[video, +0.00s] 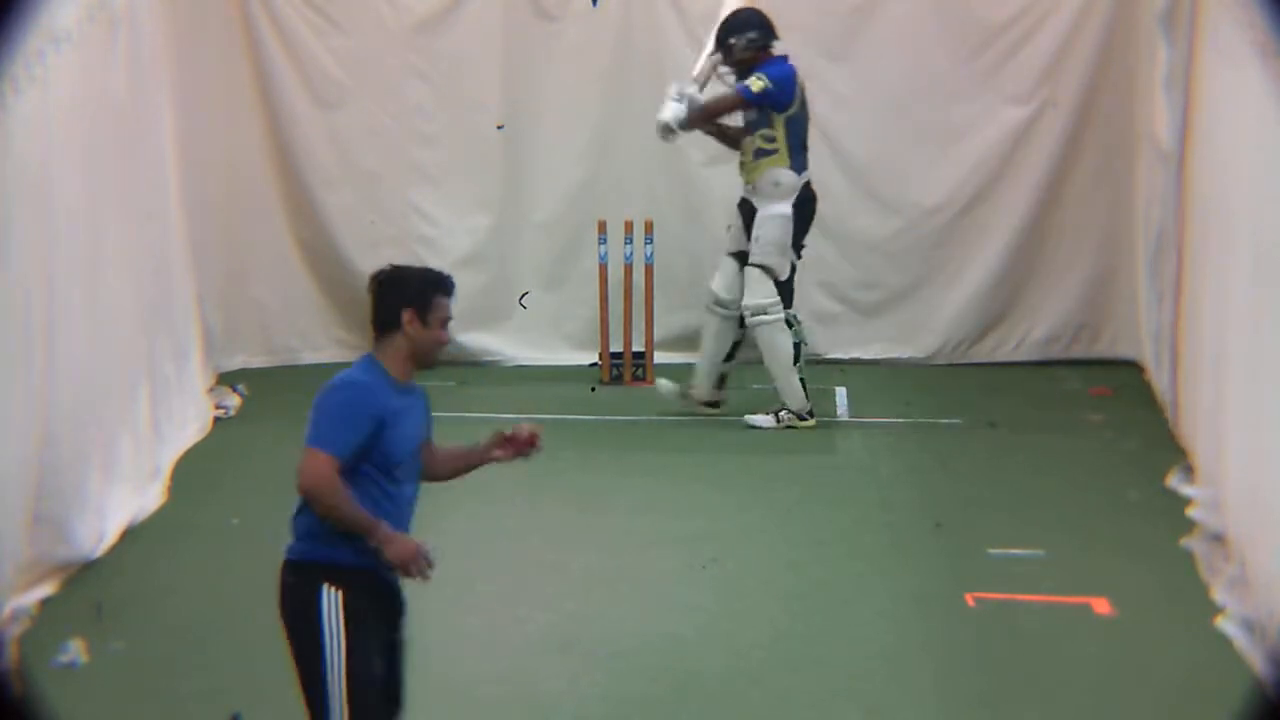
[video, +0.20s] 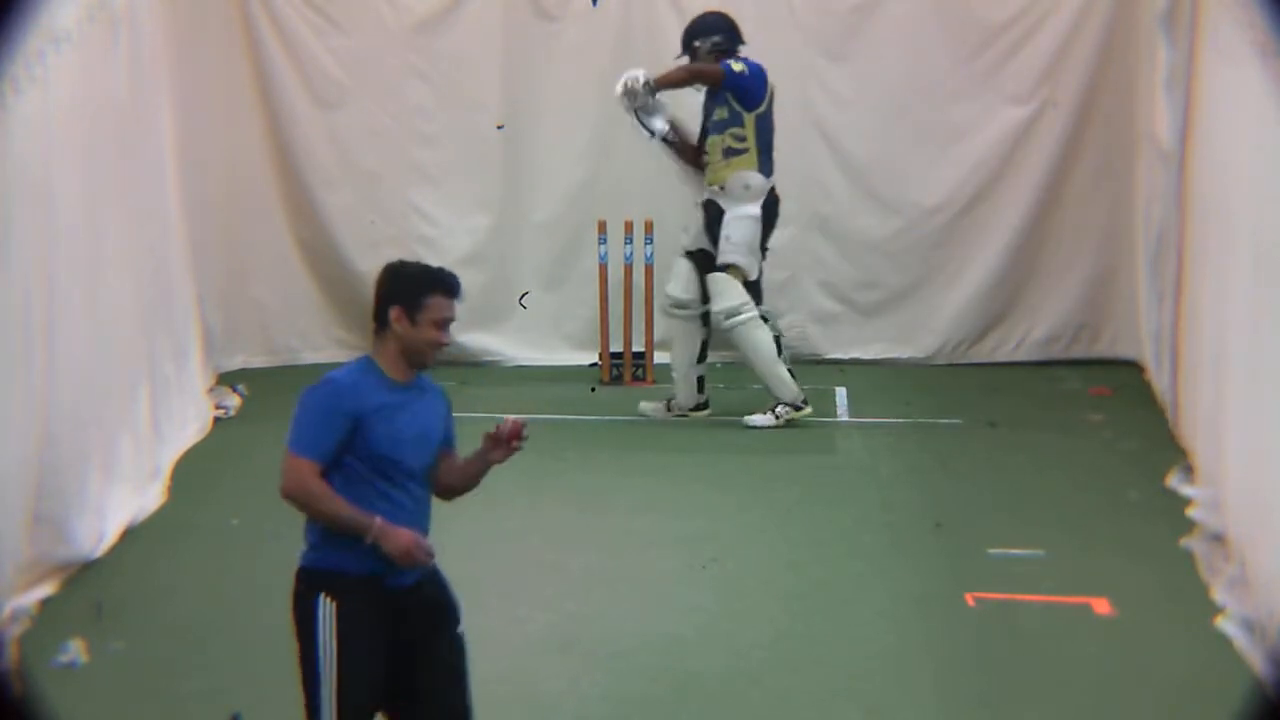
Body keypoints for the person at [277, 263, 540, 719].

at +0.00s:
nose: (448, 335)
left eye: (448, 324)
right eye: (443, 323)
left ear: (412, 323)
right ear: (409, 322)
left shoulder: (411, 396)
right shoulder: (353, 391)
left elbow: (422, 463)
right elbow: (314, 478)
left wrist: (487, 453)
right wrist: (385, 537)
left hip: (373, 581)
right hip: (329, 583)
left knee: (382, 707)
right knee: (345, 712)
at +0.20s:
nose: (448, 339)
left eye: (449, 326)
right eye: (440, 326)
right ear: (398, 319)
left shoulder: (432, 397)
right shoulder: (336, 394)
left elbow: (445, 482)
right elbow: (296, 482)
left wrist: (485, 457)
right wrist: (379, 531)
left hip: (415, 586)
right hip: (343, 590)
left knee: (443, 710)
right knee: (342, 712)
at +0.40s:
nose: (466, 360)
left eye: (469, 347)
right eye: (455, 347)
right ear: (411, 339)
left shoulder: (467, 417)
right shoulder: (352, 417)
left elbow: (483, 503)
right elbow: (317, 513)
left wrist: (508, 488)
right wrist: (401, 554)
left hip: (443, 612)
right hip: (360, 614)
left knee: (463, 712)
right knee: (348, 713)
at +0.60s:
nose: (504, 383)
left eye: (510, 371)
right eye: (494, 368)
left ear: (516, 369)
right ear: (452, 359)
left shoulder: (514, 439)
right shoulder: (394, 434)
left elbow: (529, 534)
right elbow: (351, 526)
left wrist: (548, 524)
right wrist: (417, 599)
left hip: (483, 629)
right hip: (398, 631)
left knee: (491, 711)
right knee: (392, 712)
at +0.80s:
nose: (528, 370)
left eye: (537, 358)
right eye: (517, 355)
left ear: (545, 354)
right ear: (479, 343)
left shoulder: (556, 424)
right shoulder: (419, 419)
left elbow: (582, 524)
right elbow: (367, 504)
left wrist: (573, 504)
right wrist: (365, 600)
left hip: (521, 617)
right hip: (441, 618)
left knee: (525, 712)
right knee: (442, 712)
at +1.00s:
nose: (540, 396)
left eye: (550, 382)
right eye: (527, 381)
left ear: (559, 378)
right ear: (493, 370)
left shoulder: (582, 449)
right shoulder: (445, 447)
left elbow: (624, 541)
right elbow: (385, 529)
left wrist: (597, 530)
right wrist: (349, 621)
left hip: (548, 643)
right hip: (468, 643)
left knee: (550, 713)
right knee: (472, 713)